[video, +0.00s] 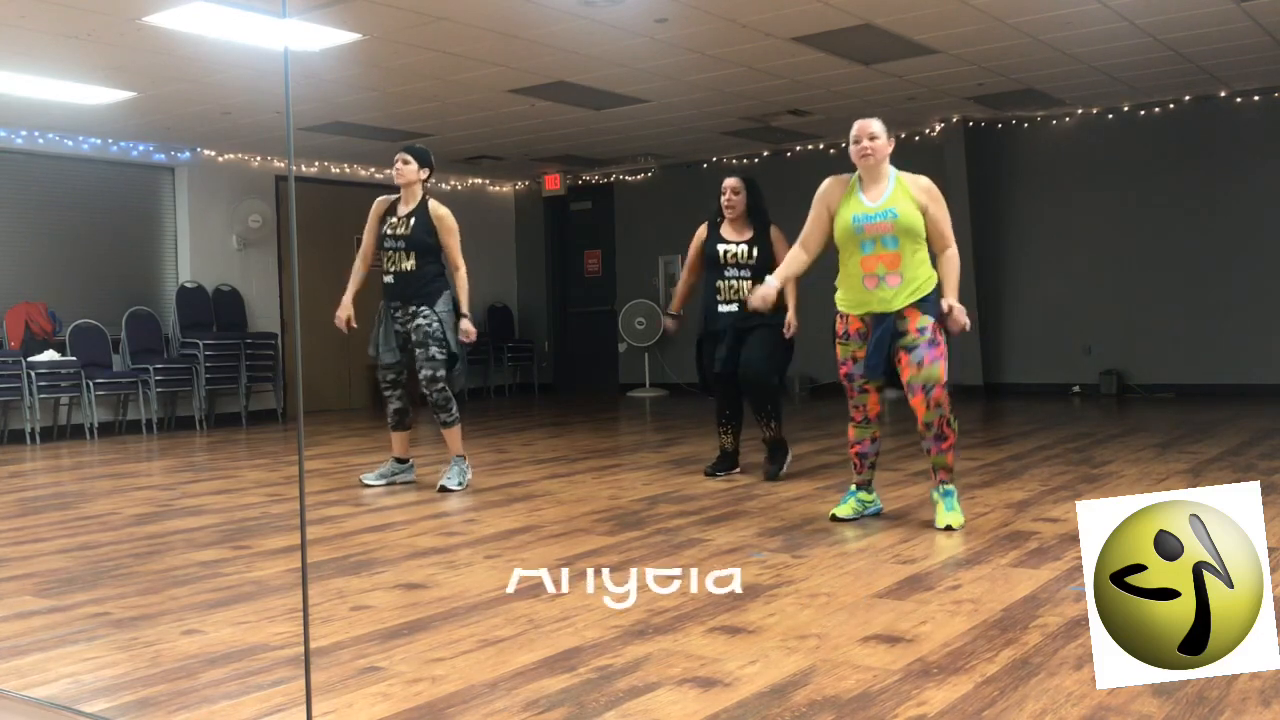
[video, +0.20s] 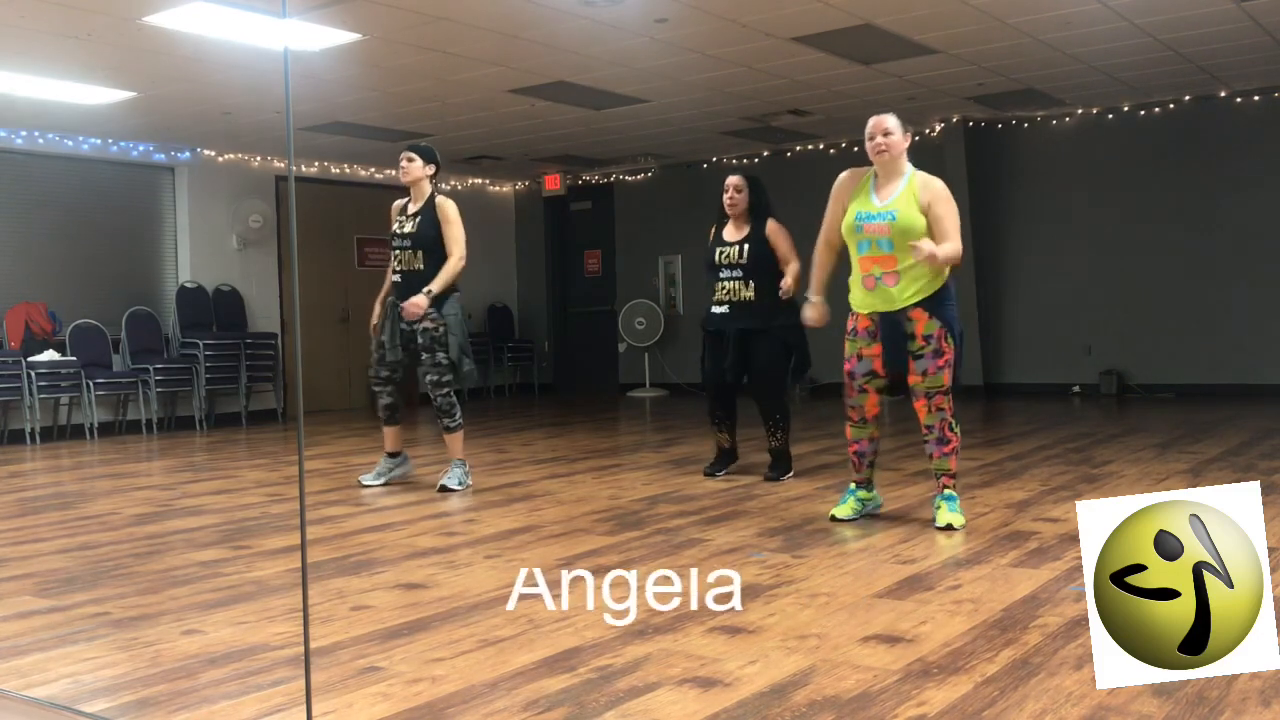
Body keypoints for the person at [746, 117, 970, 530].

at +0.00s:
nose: (864, 145)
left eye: (872, 137)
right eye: (856, 140)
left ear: (891, 144)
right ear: (849, 150)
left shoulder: (920, 188)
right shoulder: (834, 190)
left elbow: (946, 247)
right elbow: (804, 248)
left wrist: (950, 296)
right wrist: (774, 280)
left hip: (915, 311)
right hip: (856, 316)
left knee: (931, 397)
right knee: (861, 407)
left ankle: (945, 490)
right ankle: (863, 492)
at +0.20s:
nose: (879, 141)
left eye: (887, 133)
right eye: (872, 136)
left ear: (907, 140)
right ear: (865, 147)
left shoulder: (930, 188)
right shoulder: (849, 184)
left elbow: (954, 250)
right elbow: (827, 243)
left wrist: (936, 253)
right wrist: (816, 295)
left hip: (924, 307)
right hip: (866, 310)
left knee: (933, 400)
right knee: (859, 398)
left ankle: (946, 494)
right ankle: (863, 489)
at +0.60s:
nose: (868, 142)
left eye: (877, 135)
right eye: (861, 138)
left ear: (898, 142)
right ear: (856, 150)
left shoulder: (925, 183)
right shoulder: (845, 200)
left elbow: (961, 241)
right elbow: (839, 263)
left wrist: (977, 299)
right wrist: (817, 293)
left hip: (920, 312)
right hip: (864, 318)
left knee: (931, 405)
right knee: (862, 406)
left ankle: (945, 494)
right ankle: (867, 492)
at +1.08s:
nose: (852, 144)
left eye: (859, 137)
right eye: (844, 140)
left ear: (875, 147)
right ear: (833, 154)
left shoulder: (904, 185)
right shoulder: (822, 205)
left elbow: (936, 242)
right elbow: (816, 272)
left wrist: (956, 296)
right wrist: (792, 255)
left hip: (909, 310)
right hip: (850, 318)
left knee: (916, 401)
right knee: (861, 408)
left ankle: (924, 496)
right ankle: (867, 492)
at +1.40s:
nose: (857, 144)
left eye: (866, 137)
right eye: (851, 140)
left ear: (885, 147)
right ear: (843, 153)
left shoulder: (912, 189)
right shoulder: (829, 199)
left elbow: (955, 238)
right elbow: (783, 235)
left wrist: (955, 291)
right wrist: (747, 256)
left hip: (909, 313)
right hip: (850, 320)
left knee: (943, 382)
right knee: (860, 406)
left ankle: (948, 481)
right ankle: (867, 491)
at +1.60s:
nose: (873, 138)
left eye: (884, 131)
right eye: (869, 134)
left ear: (907, 139)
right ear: (864, 145)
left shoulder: (928, 188)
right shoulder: (849, 187)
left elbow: (952, 250)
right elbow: (814, 243)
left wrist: (932, 270)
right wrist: (790, 289)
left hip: (919, 310)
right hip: (864, 313)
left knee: (934, 403)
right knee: (863, 402)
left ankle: (949, 494)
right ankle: (867, 491)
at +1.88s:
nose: (878, 140)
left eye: (887, 133)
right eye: (874, 136)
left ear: (913, 140)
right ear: (871, 147)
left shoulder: (933, 185)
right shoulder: (863, 192)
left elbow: (942, 245)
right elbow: (871, 254)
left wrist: (941, 303)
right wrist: (871, 306)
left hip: (928, 308)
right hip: (876, 311)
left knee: (937, 399)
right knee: (835, 381)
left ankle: (949, 495)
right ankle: (859, 475)